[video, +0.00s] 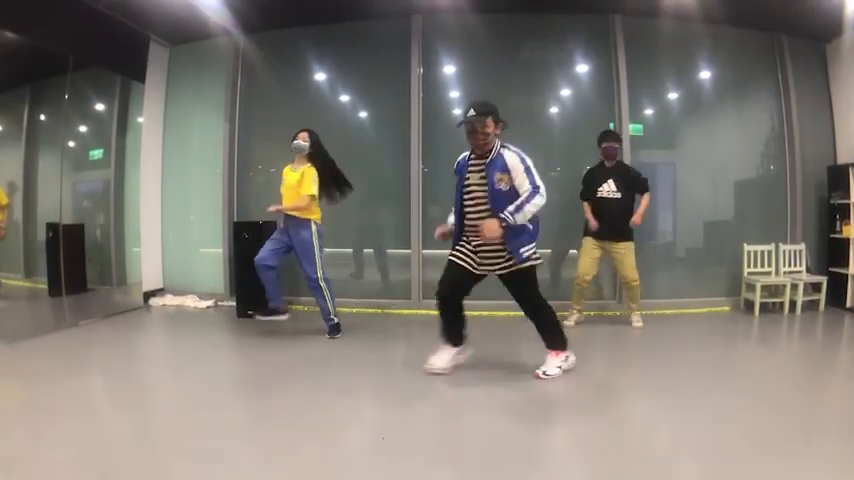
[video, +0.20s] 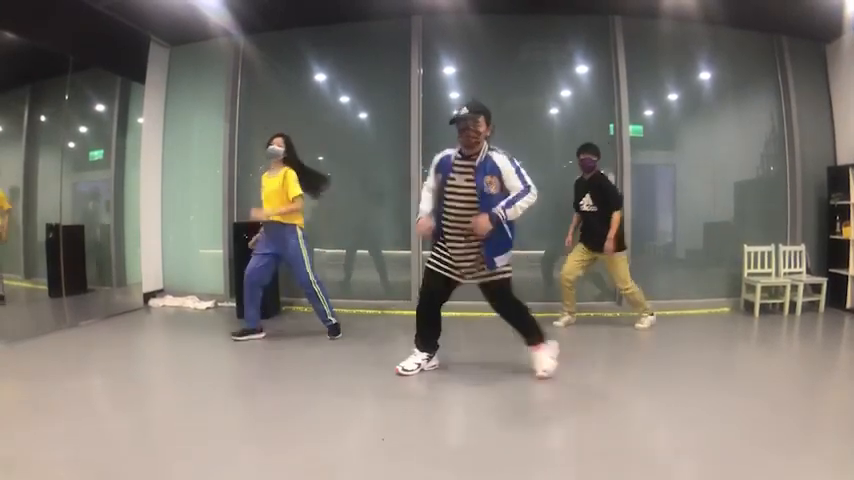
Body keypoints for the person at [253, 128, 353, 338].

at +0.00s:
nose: (299, 142)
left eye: (304, 140)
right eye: (297, 138)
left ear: (311, 147)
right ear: (292, 144)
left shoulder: (310, 171)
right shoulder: (287, 170)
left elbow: (306, 202)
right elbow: (287, 198)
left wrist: (281, 208)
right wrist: (283, 220)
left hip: (307, 225)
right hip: (288, 223)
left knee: (315, 275)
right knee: (263, 260)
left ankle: (332, 322)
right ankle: (276, 308)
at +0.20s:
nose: (274, 148)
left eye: (279, 145)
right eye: (272, 144)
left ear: (286, 151)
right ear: (267, 149)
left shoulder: (288, 173)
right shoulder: (266, 176)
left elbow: (298, 204)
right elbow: (270, 208)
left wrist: (268, 213)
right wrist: (261, 233)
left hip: (290, 230)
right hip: (270, 230)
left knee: (306, 277)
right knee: (252, 275)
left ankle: (331, 322)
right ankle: (253, 326)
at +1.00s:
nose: (281, 144)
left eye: (286, 141)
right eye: (278, 140)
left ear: (294, 148)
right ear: (272, 146)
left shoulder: (297, 176)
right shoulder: (260, 170)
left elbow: (302, 212)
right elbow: (251, 202)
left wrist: (269, 221)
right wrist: (243, 234)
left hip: (279, 234)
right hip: (254, 232)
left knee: (287, 283)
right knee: (241, 280)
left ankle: (297, 333)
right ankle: (252, 325)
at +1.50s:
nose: (233, 147)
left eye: (239, 144)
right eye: (232, 143)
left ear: (247, 150)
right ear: (228, 148)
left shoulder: (252, 171)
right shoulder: (225, 178)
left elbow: (273, 197)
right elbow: (225, 207)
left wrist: (250, 213)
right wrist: (215, 217)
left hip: (249, 231)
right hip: (228, 230)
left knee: (263, 285)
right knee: (216, 284)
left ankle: (288, 334)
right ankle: (222, 336)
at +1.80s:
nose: (235, 145)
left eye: (239, 142)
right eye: (231, 142)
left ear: (247, 148)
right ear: (225, 149)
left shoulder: (258, 176)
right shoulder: (218, 175)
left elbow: (268, 207)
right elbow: (211, 205)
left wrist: (267, 234)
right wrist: (216, 232)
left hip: (250, 229)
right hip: (224, 228)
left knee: (255, 283)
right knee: (219, 285)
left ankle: (274, 330)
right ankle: (215, 333)